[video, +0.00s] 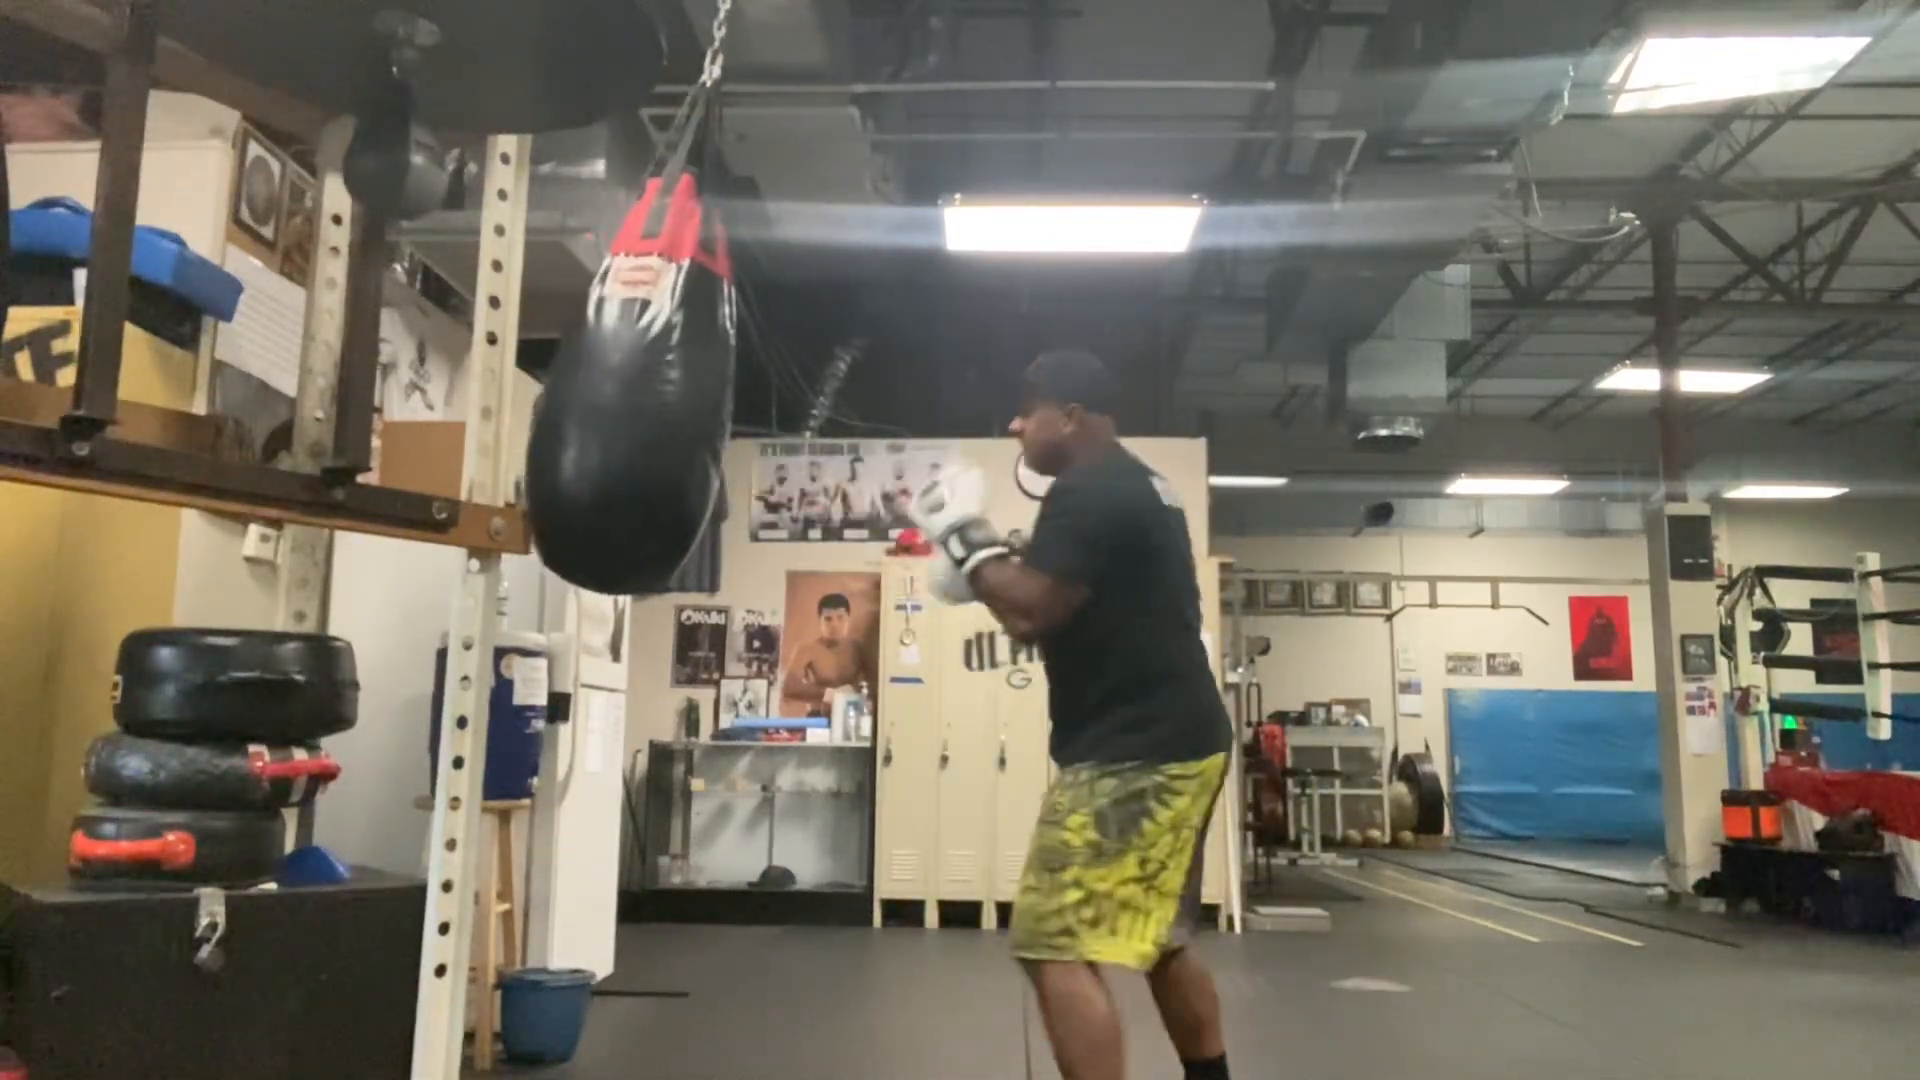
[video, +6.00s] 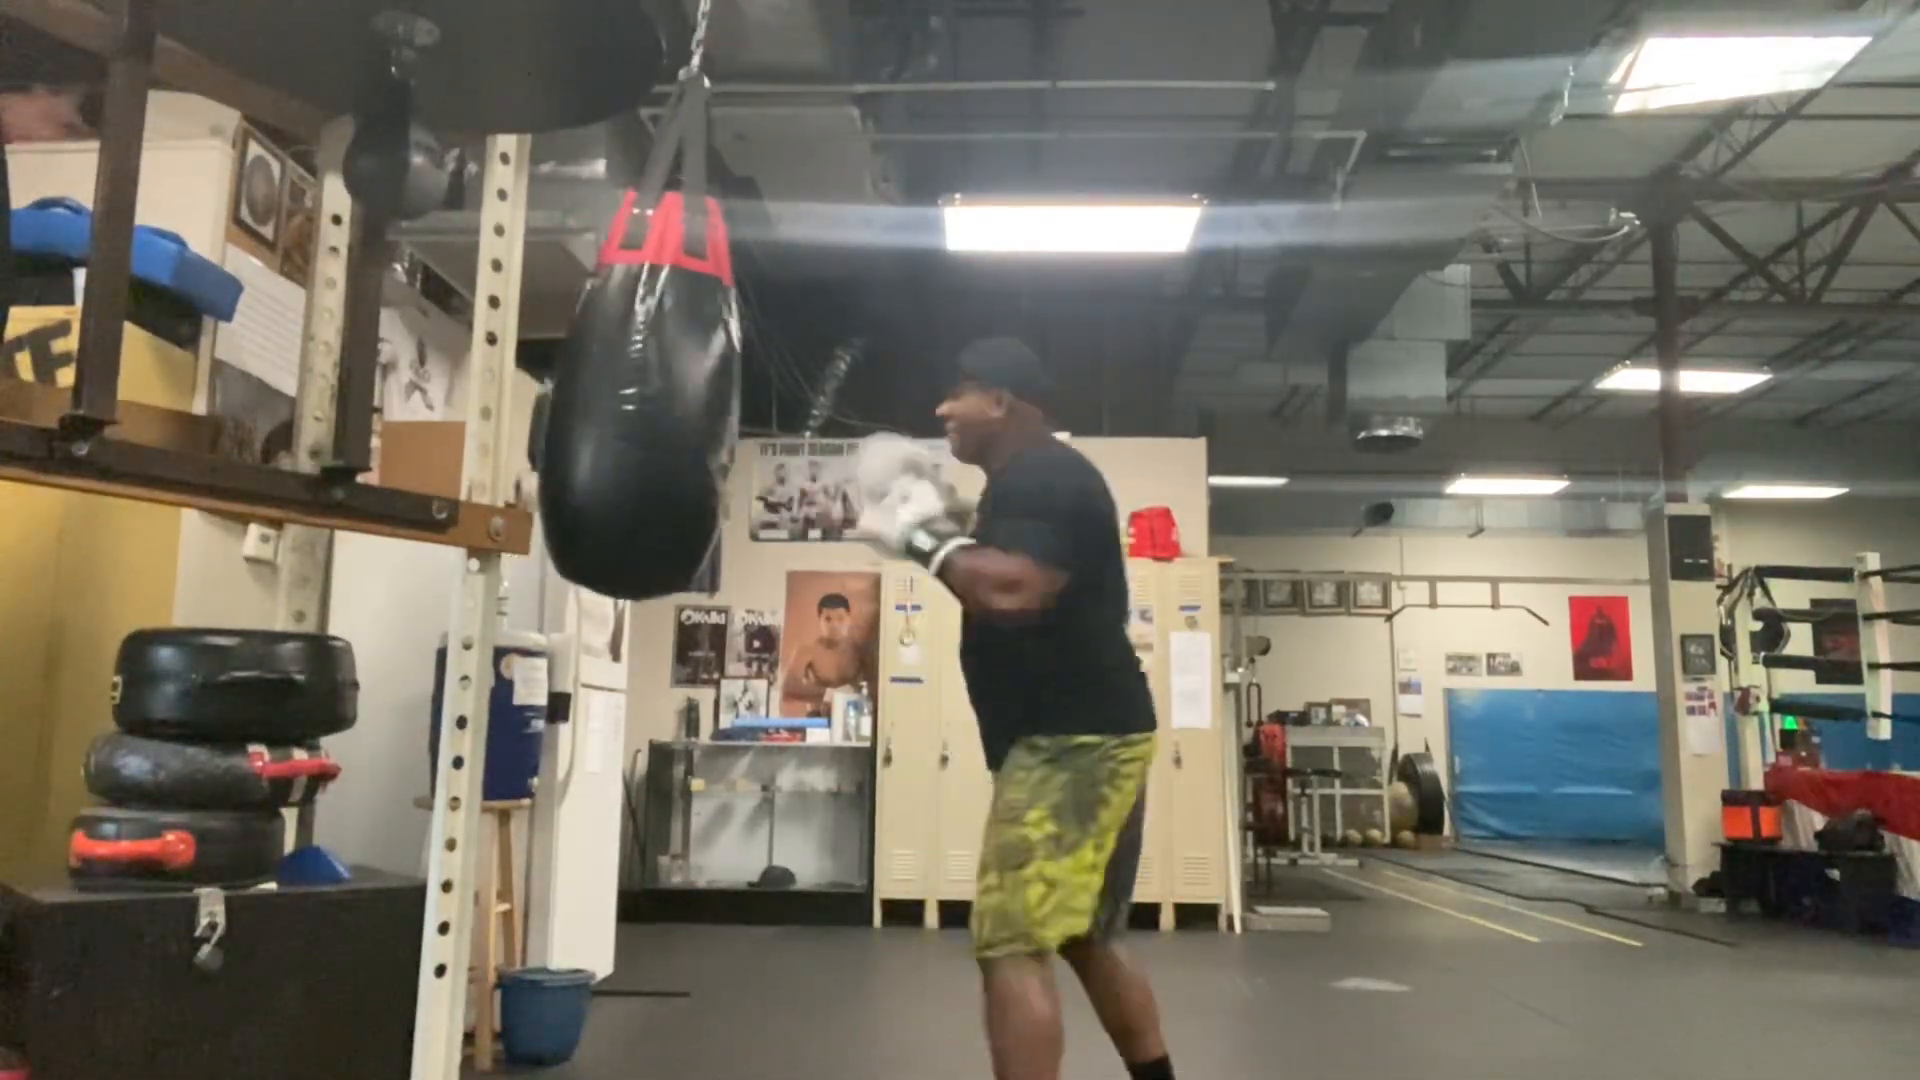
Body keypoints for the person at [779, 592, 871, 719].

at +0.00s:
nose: (834, 625)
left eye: (840, 618)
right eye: (828, 619)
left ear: (848, 620)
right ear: (819, 621)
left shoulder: (857, 650)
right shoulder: (805, 651)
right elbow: (789, 688)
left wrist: (816, 688)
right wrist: (829, 694)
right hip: (819, 717)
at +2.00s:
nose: (834, 625)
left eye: (840, 618)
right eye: (828, 619)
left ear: (848, 620)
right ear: (819, 620)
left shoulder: (859, 650)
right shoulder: (806, 652)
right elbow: (789, 687)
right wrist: (825, 692)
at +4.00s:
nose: (834, 624)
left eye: (840, 618)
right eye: (828, 619)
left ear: (848, 620)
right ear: (819, 621)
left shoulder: (857, 652)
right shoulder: (807, 652)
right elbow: (790, 688)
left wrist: (816, 687)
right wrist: (828, 693)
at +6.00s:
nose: (834, 625)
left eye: (840, 618)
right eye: (828, 619)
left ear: (848, 619)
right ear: (819, 620)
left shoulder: (857, 651)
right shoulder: (809, 651)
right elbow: (789, 686)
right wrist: (827, 693)